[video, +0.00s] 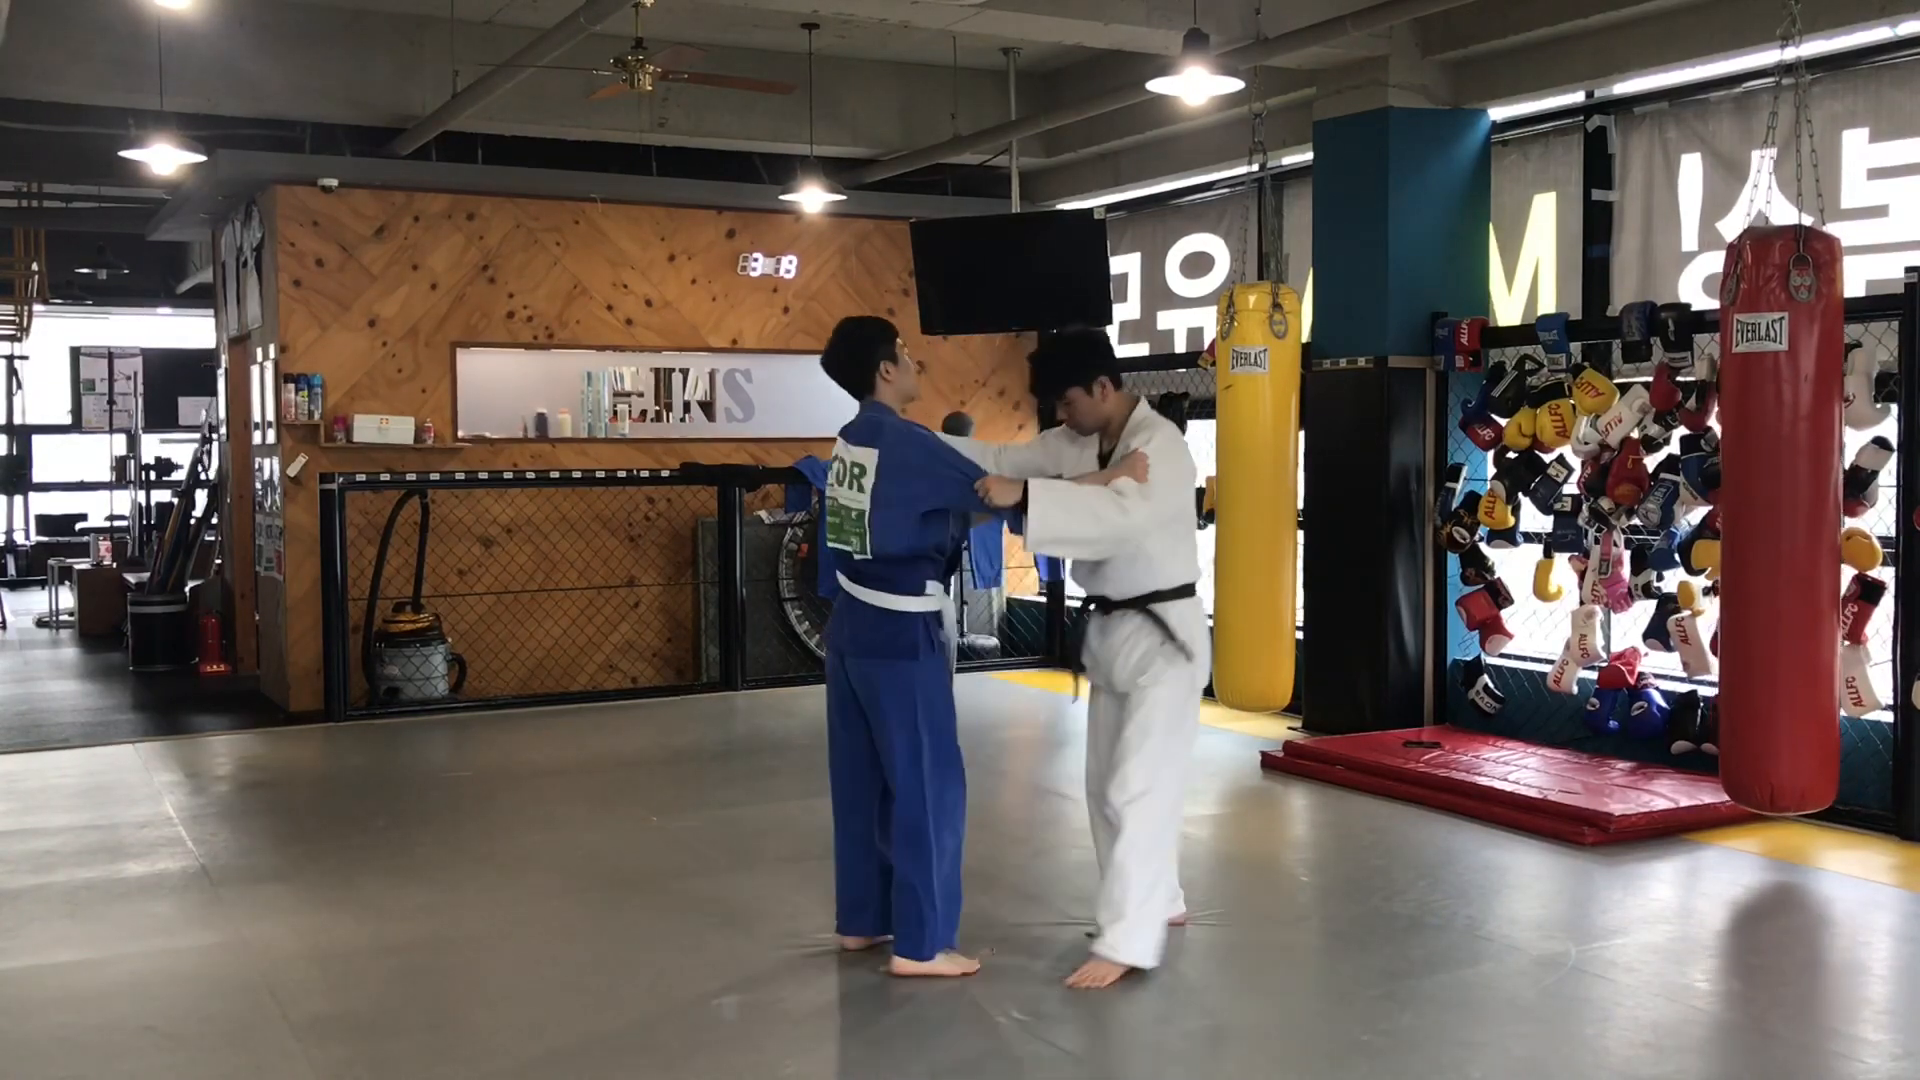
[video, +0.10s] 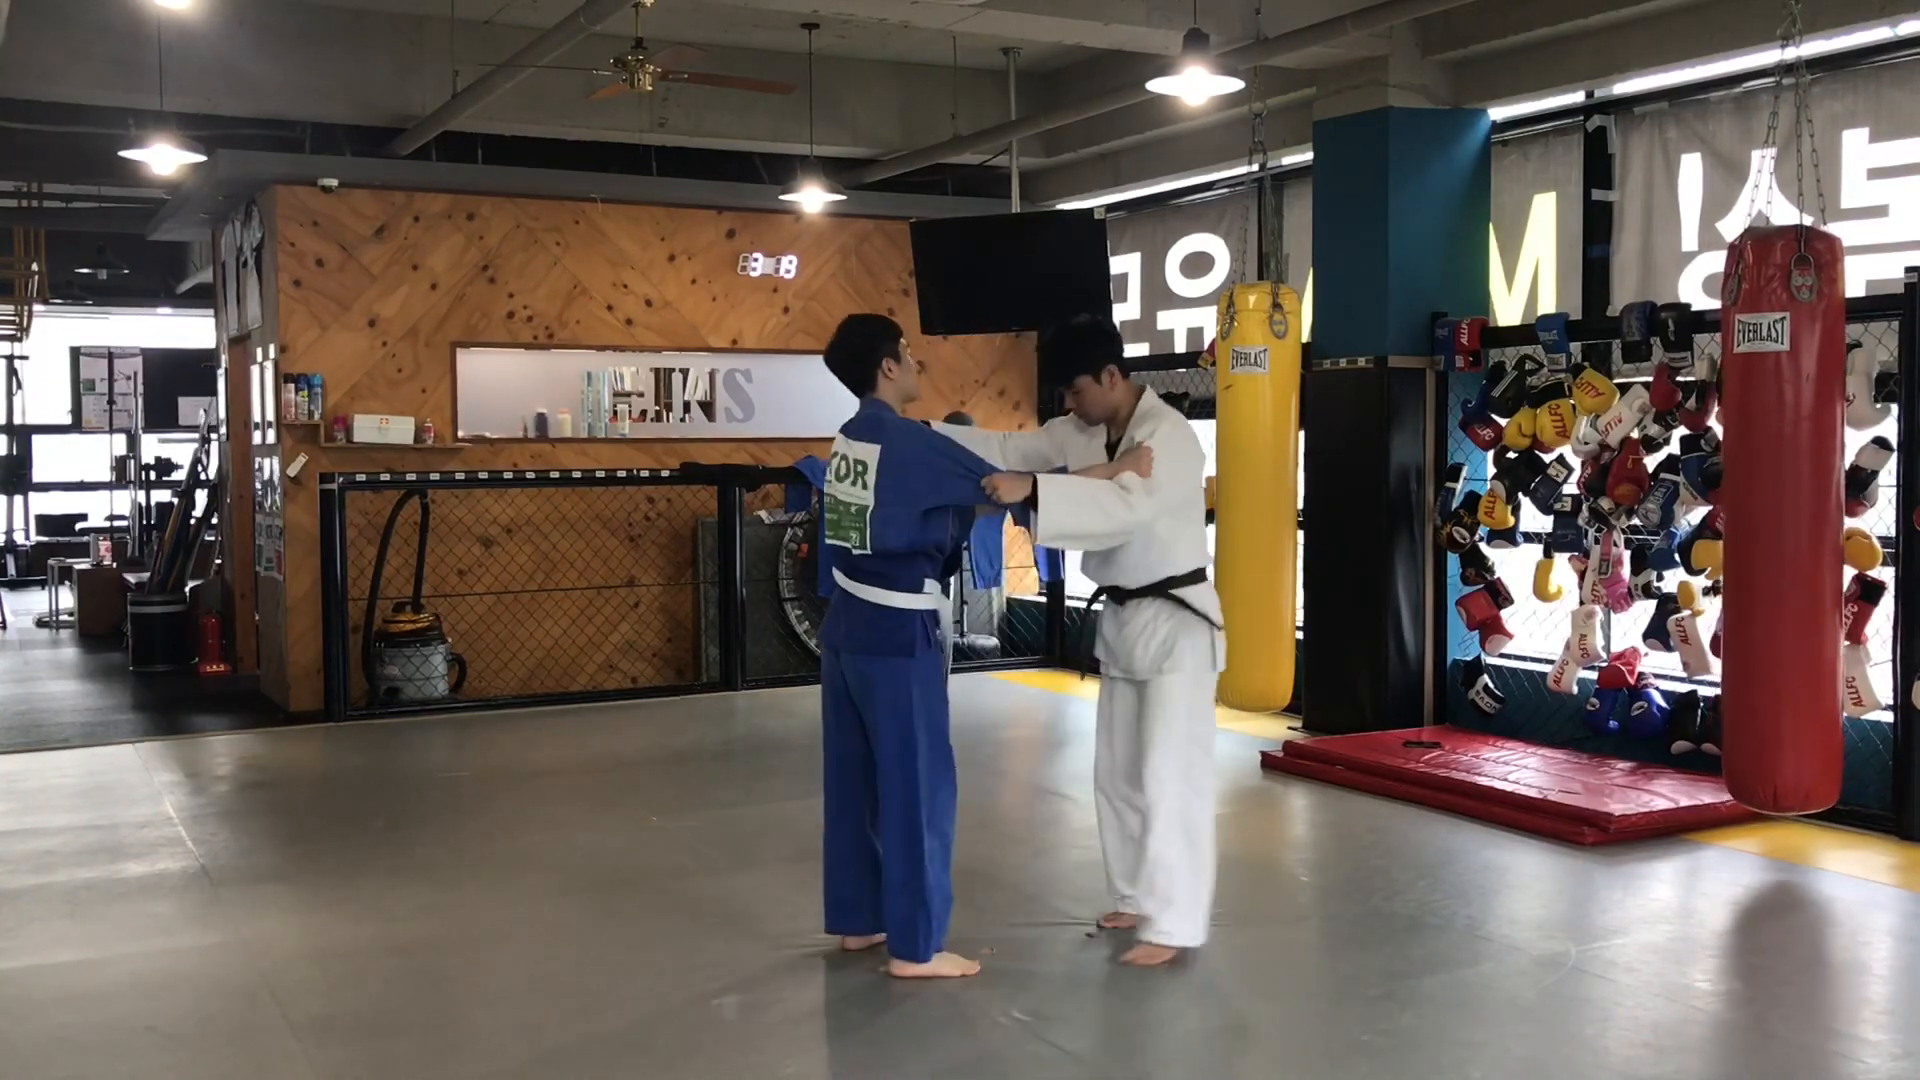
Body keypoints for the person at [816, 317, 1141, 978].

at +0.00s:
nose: (917, 364)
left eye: (909, 354)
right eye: (908, 356)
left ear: (861, 376)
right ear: (887, 370)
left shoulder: (854, 439)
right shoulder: (913, 447)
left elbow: (958, 485)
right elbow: (999, 494)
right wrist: (1106, 484)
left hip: (849, 633)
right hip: (903, 642)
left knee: (861, 779)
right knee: (929, 785)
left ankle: (861, 921)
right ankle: (921, 947)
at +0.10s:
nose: (919, 363)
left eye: (912, 353)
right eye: (910, 354)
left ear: (860, 373)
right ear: (889, 366)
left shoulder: (852, 438)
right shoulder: (916, 446)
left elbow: (952, 489)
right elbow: (1008, 488)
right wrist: (1112, 476)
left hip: (844, 632)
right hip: (899, 641)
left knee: (853, 780)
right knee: (918, 787)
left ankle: (856, 922)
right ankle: (915, 950)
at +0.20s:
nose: (923, 367)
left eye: (917, 356)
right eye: (917, 357)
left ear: (863, 372)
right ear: (897, 366)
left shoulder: (854, 437)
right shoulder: (921, 447)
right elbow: (1010, 496)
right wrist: (1113, 481)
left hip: (841, 634)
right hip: (898, 643)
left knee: (850, 781)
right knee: (913, 790)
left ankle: (853, 924)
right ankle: (910, 949)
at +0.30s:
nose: (929, 371)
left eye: (924, 360)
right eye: (923, 361)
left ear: (872, 374)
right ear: (905, 370)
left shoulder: (855, 438)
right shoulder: (924, 451)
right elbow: (1012, 504)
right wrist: (1110, 491)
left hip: (840, 636)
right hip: (897, 644)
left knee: (851, 783)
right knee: (913, 790)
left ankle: (853, 927)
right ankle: (907, 948)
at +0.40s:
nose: (936, 373)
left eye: (932, 361)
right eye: (931, 363)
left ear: (876, 374)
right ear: (910, 371)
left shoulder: (856, 436)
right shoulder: (928, 451)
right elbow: (1015, 502)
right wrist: (1113, 491)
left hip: (840, 634)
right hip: (899, 643)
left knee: (850, 785)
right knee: (914, 792)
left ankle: (855, 926)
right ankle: (909, 950)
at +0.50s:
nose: (937, 373)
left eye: (932, 361)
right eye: (931, 363)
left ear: (877, 375)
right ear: (911, 372)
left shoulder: (857, 436)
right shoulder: (931, 452)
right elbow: (1022, 506)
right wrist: (1118, 489)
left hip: (843, 635)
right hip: (902, 644)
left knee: (851, 785)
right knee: (917, 792)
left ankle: (855, 926)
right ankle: (912, 950)